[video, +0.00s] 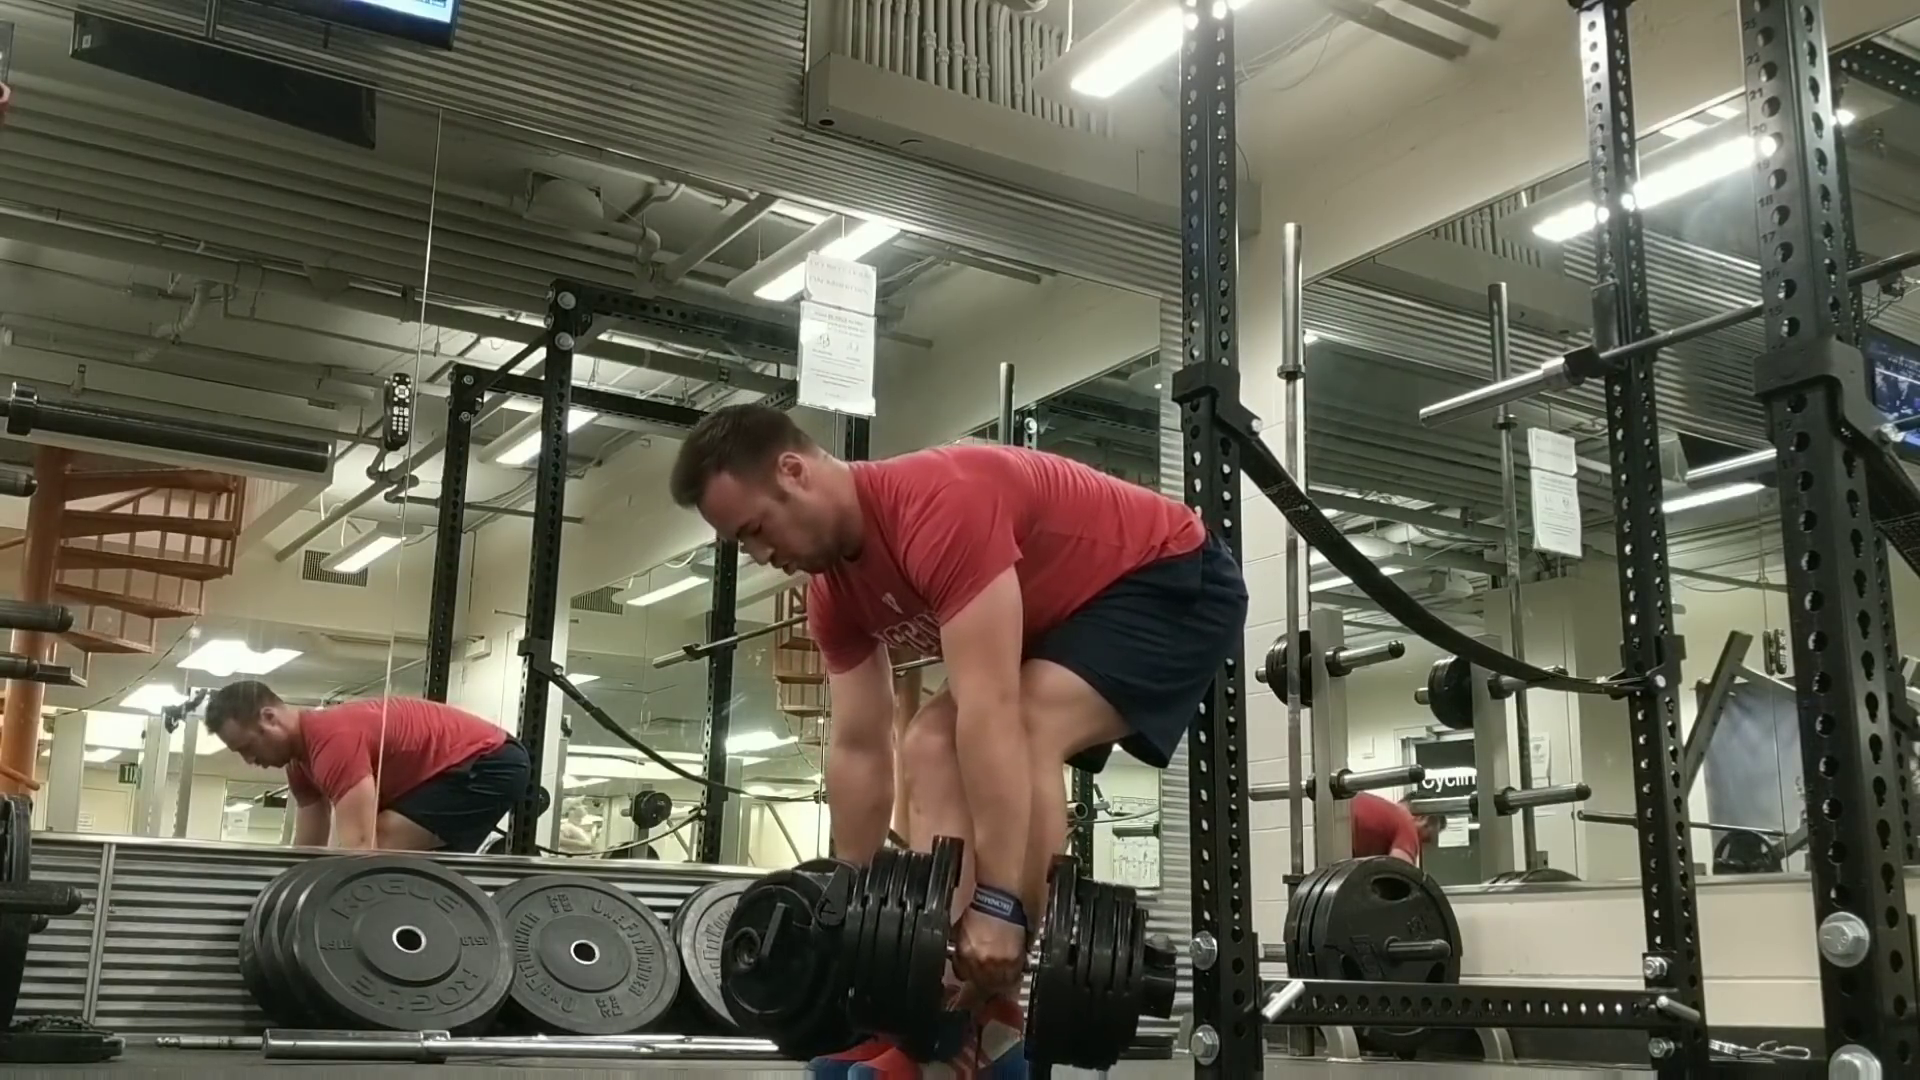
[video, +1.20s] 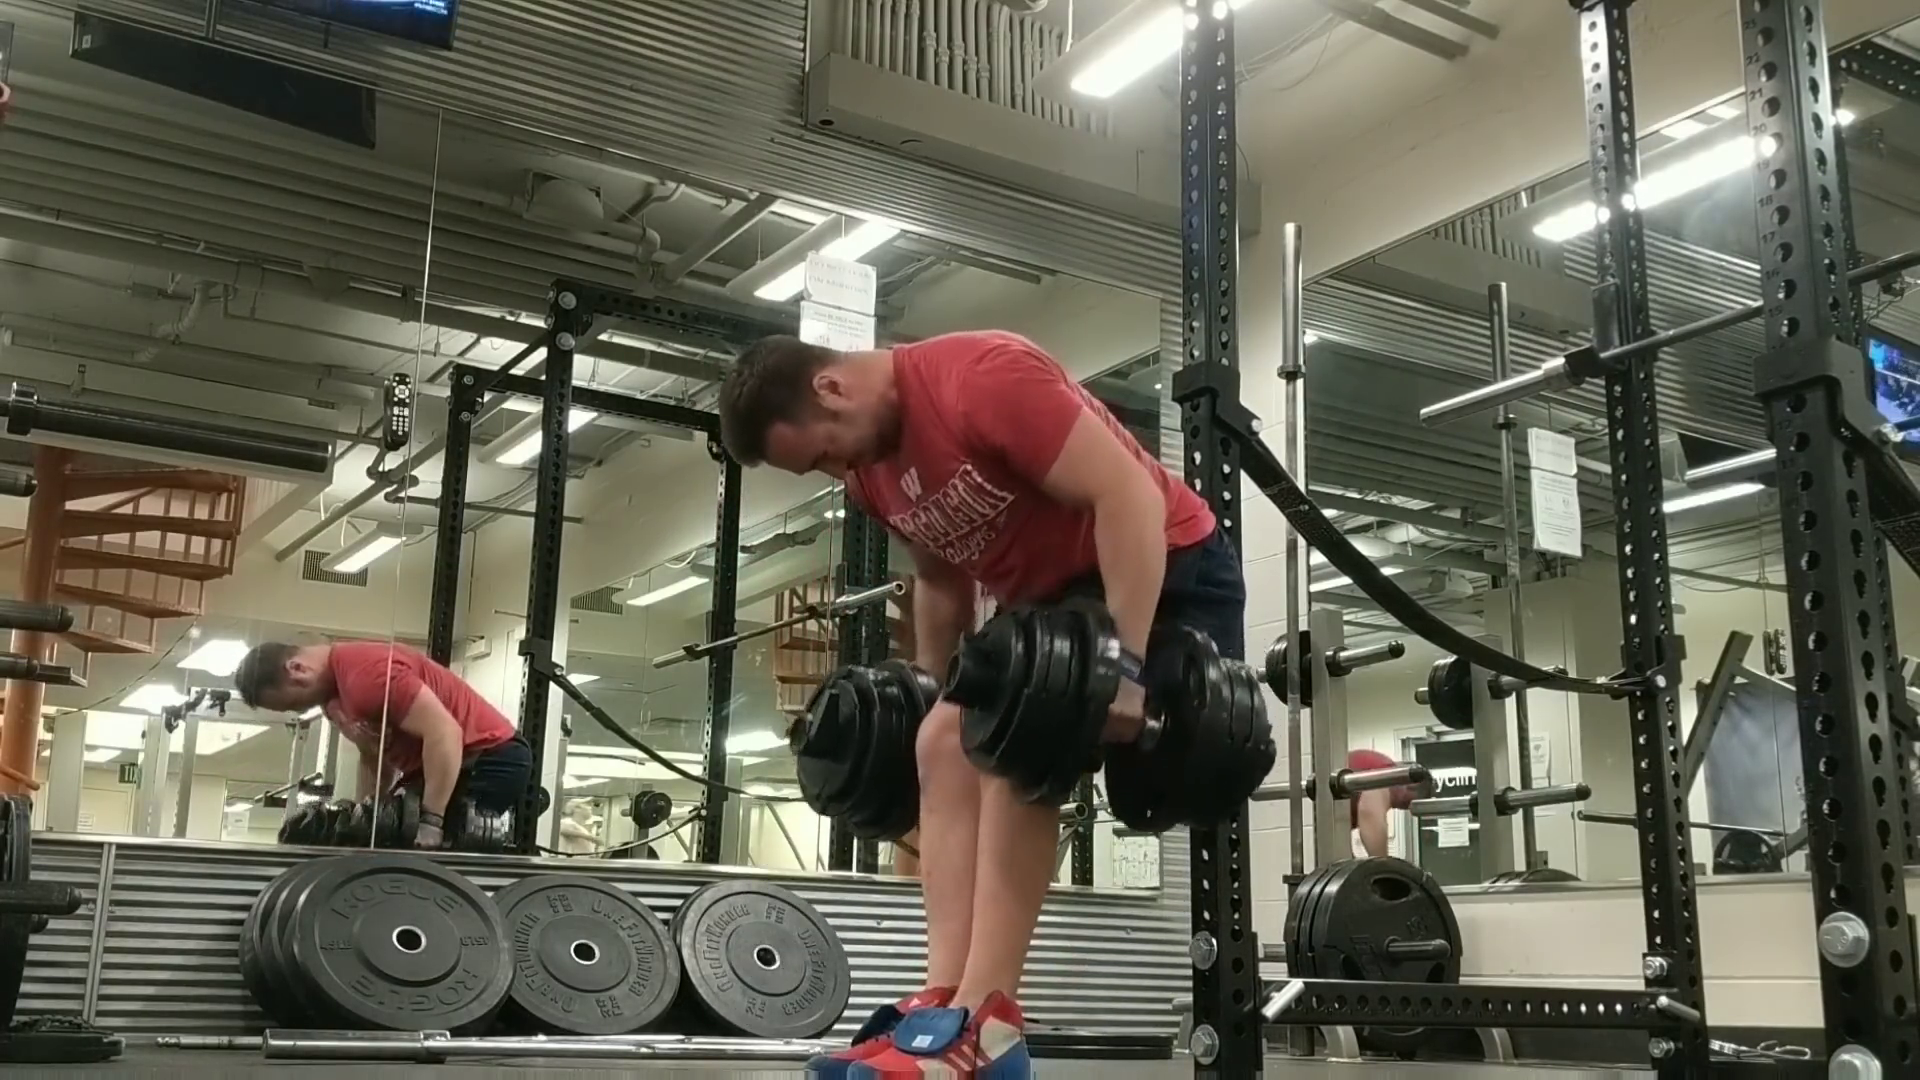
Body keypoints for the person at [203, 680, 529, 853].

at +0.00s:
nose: (250, 762)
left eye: (248, 749)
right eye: (242, 755)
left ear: (270, 719)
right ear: (270, 722)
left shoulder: (333, 739)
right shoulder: (301, 762)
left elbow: (358, 850)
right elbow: (309, 851)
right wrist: (286, 920)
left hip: (491, 763)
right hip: (461, 768)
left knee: (383, 847)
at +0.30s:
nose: (253, 741)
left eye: (252, 729)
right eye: (245, 735)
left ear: (277, 700)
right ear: (275, 703)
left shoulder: (338, 724)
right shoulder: (306, 748)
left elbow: (381, 824)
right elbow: (320, 831)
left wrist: (367, 915)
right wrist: (294, 901)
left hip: (488, 762)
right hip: (453, 771)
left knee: (369, 848)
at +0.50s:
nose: (271, 723)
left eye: (269, 711)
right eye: (262, 719)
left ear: (285, 679)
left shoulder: (348, 702)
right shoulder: (314, 727)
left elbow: (406, 789)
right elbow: (340, 796)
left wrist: (381, 885)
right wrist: (313, 871)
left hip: (487, 759)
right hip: (450, 767)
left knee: (401, 863)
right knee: (363, 854)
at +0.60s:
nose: (276, 716)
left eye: (272, 705)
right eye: (267, 711)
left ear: (288, 672)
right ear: (290, 674)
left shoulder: (353, 692)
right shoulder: (319, 712)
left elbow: (422, 764)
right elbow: (354, 781)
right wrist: (338, 847)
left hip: (489, 759)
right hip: (454, 763)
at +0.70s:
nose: (287, 710)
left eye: (281, 700)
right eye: (278, 705)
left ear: (293, 666)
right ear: (294, 668)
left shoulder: (362, 682)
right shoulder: (327, 703)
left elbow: (435, 747)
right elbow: (364, 763)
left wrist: (421, 835)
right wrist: (359, 825)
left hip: (491, 759)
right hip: (454, 762)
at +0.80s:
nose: (300, 705)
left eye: (292, 697)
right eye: (289, 703)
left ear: (298, 664)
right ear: (299, 663)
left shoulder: (364, 674)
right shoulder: (335, 694)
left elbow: (446, 729)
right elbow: (376, 748)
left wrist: (433, 818)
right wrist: (362, 813)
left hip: (489, 762)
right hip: (451, 765)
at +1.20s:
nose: (303, 710)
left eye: (293, 705)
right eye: (293, 709)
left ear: (297, 671)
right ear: (298, 670)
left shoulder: (365, 674)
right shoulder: (334, 695)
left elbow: (444, 733)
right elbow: (373, 757)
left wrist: (431, 821)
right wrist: (363, 821)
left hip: (491, 761)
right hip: (444, 766)